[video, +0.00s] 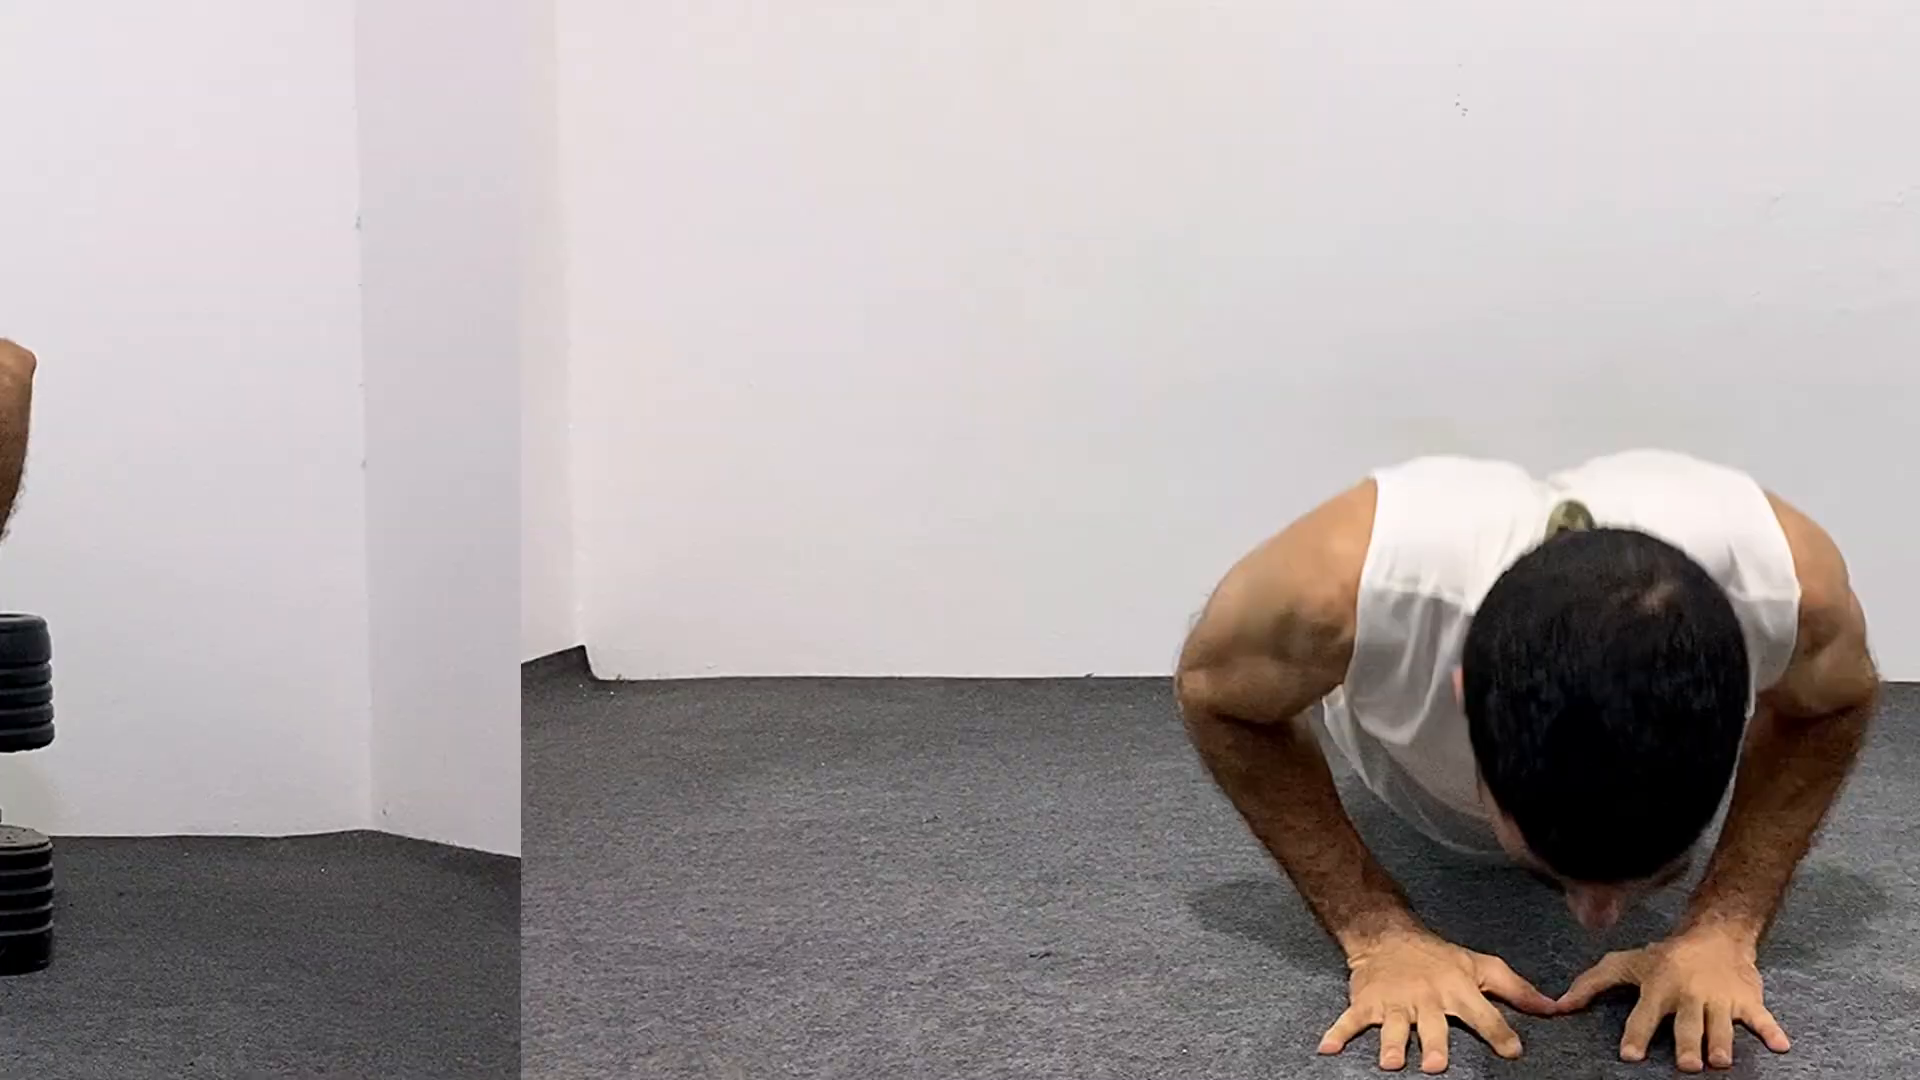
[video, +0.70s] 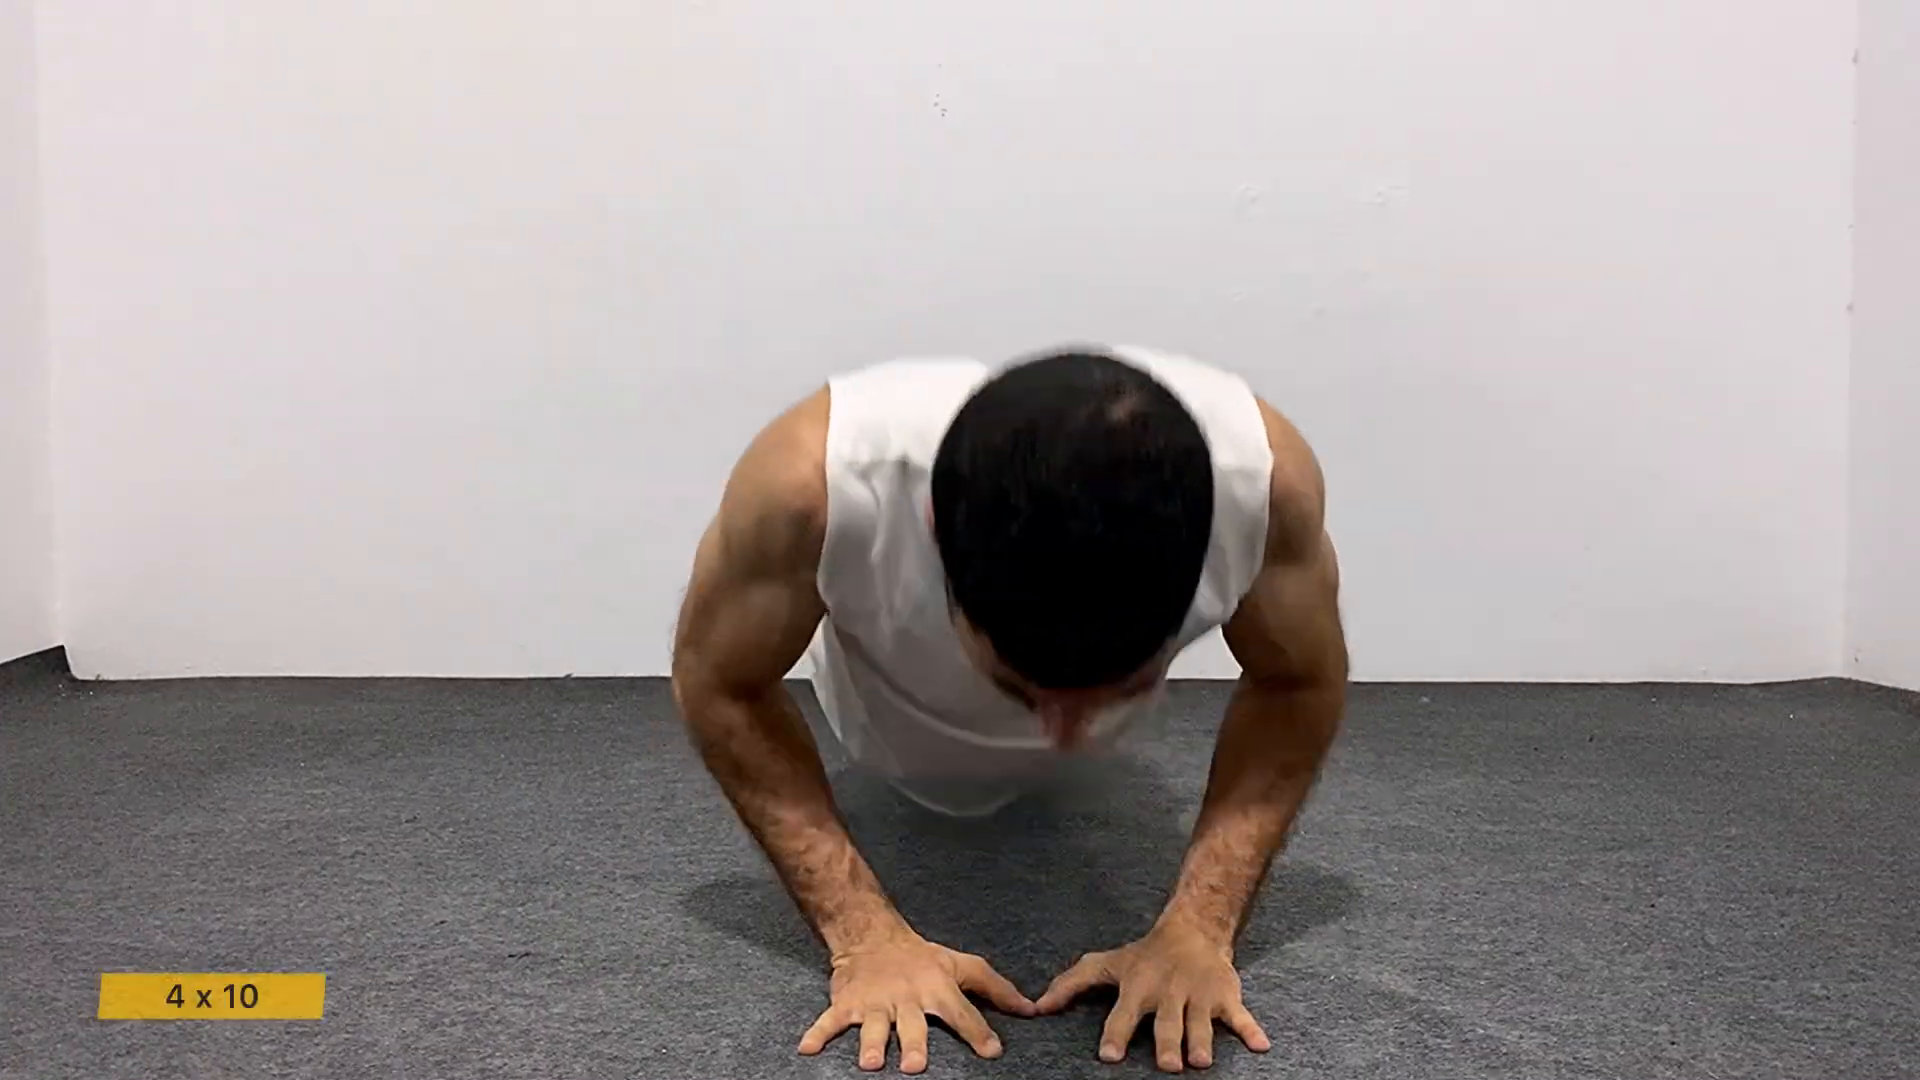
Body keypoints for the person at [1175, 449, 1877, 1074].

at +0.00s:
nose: (1596, 916)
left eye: (1643, 875)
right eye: (1545, 866)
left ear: (1733, 726)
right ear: (1464, 695)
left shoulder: (1798, 590)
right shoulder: (1336, 588)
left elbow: (1823, 704)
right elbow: (1222, 696)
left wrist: (1726, 928)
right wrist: (1378, 931)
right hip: (1407, 779)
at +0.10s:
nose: (1282, 1001)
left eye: (1331, 977)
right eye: (1243, 966)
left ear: (1441, 803)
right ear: (1172, 787)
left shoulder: (1507, 653)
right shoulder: (1035, 652)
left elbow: (1549, 712)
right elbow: (914, 697)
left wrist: (1437, 937)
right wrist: (1082, 938)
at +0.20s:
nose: (1155, 1071)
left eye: (1193, 1043)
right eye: (1116, 1040)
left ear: (1285, 816)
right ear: (1015, 847)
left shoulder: (1353, 688)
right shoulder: (885, 698)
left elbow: (1413, 701)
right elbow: (750, 694)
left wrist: (1290, 942)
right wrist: (925, 938)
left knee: (1109, 602)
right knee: (964, 602)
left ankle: (1075, 567)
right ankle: (969, 577)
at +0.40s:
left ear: (1216, 885)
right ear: (943, 878)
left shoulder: (1281, 702)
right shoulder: (808, 724)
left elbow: (1347, 694)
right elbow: (674, 692)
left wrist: (1224, 933)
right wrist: (849, 930)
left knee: (1048, 617)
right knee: (901, 624)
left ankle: (1009, 573)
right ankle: (903, 592)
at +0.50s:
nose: (1050, 1008)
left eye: (1100, 996)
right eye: (1022, 985)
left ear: (1215, 803)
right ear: (939, 797)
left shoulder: (1283, 661)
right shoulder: (811, 674)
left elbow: (1328, 708)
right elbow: (688, 692)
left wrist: (1214, 936)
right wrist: (857, 935)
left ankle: (1004, 564)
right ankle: (900, 559)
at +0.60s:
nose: (1070, 885)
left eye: (1115, 844)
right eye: (1027, 838)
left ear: (1207, 699)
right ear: (943, 675)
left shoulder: (1274, 577)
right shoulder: (807, 590)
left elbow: (1302, 703)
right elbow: (711, 698)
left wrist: (1203, 925)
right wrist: (861, 932)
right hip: (907, 801)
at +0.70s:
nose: (1066, 730)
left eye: (1114, 694)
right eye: (1022, 691)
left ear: (1194, 567)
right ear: (942, 566)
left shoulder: (1264, 483)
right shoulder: (807, 484)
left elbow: (1296, 679)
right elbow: (722, 684)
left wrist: (1199, 924)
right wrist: (864, 931)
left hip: (1131, 715)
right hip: (899, 730)